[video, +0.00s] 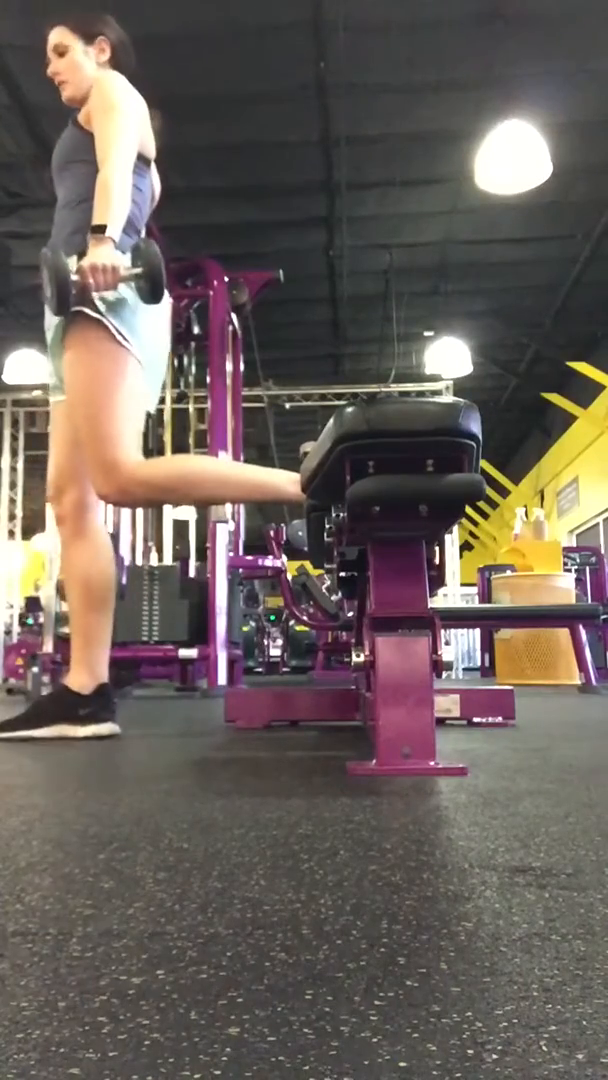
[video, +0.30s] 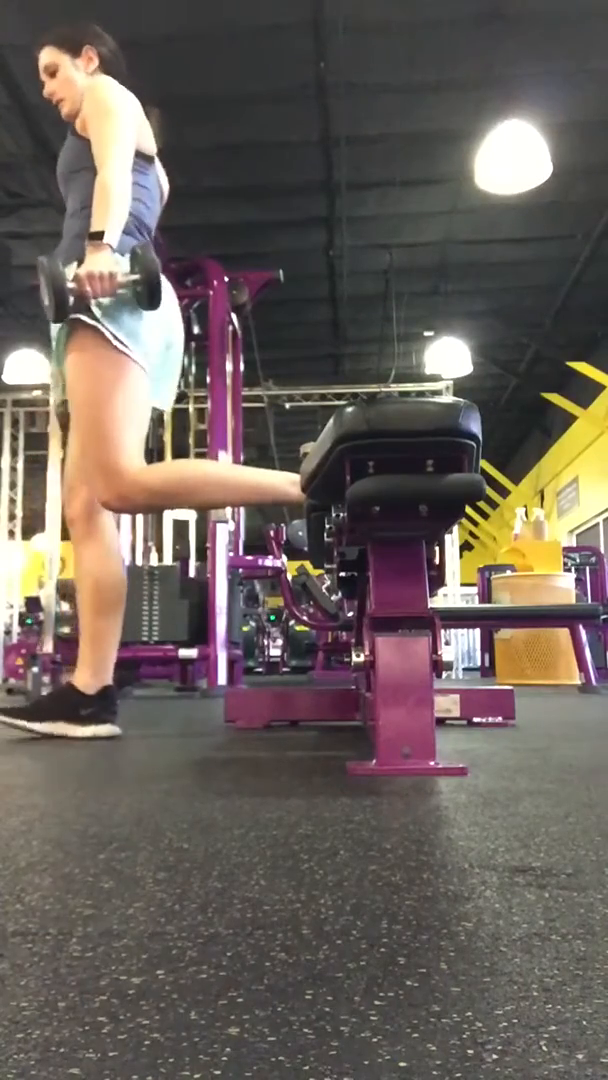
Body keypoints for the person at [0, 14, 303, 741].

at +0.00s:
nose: (51, 68)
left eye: (61, 53)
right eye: (48, 58)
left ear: (101, 51)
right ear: (91, 57)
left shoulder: (113, 93)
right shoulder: (101, 120)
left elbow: (119, 161)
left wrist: (103, 238)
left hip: (113, 293)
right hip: (98, 301)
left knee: (117, 475)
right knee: (71, 499)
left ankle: (310, 486)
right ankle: (85, 689)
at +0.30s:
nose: (49, 92)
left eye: (53, 74)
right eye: (43, 82)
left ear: (90, 61)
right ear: (89, 67)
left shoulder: (105, 98)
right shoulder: (128, 129)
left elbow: (115, 168)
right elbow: (149, 196)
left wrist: (100, 244)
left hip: (117, 293)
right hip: (133, 302)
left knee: (117, 483)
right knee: (84, 505)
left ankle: (309, 487)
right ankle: (90, 690)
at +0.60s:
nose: (46, 135)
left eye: (45, 118)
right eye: (40, 129)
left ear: (73, 93)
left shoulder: (100, 111)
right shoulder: (128, 166)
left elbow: (109, 171)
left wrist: (77, 236)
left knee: (119, 488)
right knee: (47, 505)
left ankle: (305, 486)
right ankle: (84, 688)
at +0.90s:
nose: (49, 88)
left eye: (51, 71)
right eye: (46, 79)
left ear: (77, 51)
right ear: (96, 56)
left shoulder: (98, 68)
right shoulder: (108, 124)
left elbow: (130, 130)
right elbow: (132, 218)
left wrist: (79, 196)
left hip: (110, 263)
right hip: (122, 278)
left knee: (123, 444)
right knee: (43, 478)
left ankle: (307, 479)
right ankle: (72, 661)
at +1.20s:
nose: (35, 78)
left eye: (41, 63)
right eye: (36, 66)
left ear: (72, 57)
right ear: (95, 66)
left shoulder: (75, 94)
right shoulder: (121, 130)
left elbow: (94, 175)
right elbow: (146, 259)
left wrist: (59, 266)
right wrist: (143, 349)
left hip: (100, 298)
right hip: (118, 309)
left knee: (124, 495)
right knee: (42, 506)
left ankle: (309, 497)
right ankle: (77, 688)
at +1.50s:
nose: (18, 69)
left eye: (25, 54)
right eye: (21, 57)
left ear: (58, 51)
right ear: (70, 56)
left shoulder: (63, 101)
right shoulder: (90, 122)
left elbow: (77, 195)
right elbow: (120, 242)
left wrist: (40, 290)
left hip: (95, 317)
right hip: (95, 323)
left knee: (126, 507)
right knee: (27, 515)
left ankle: (306, 493)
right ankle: (76, 691)